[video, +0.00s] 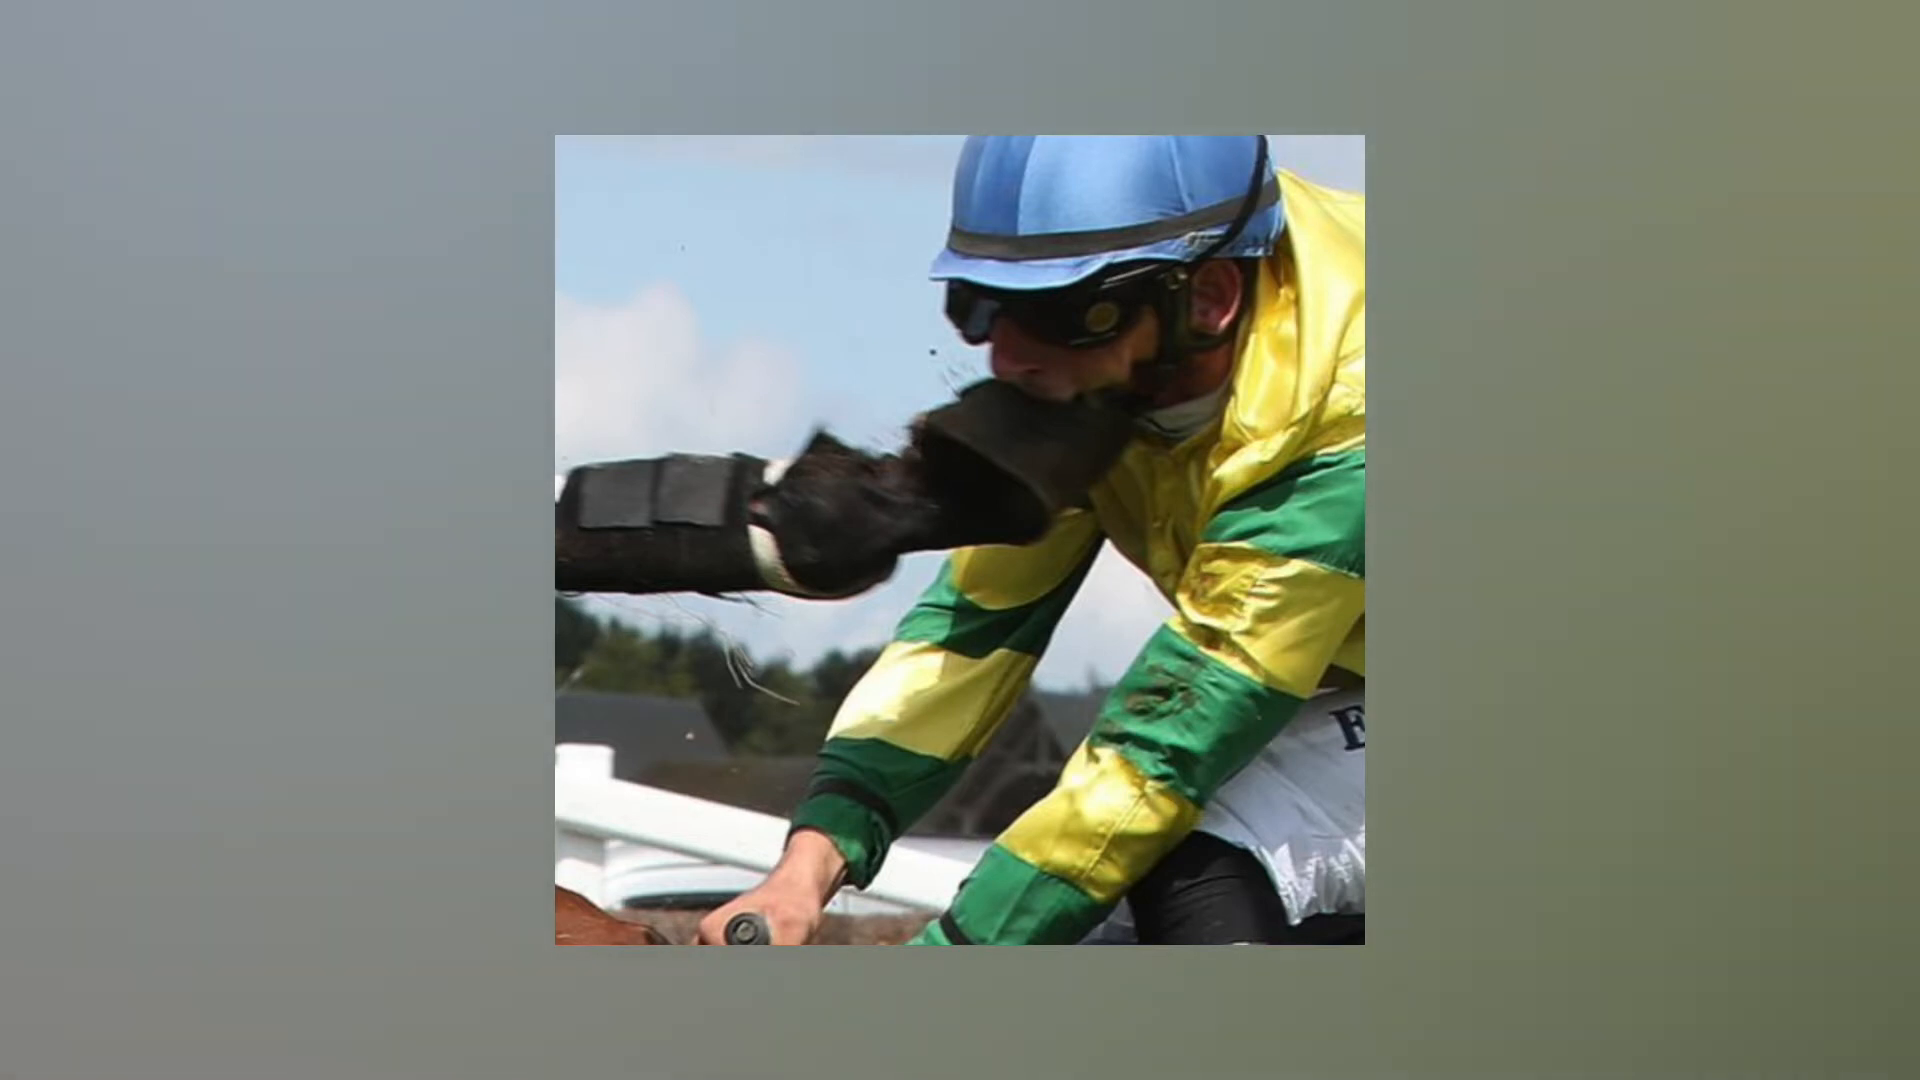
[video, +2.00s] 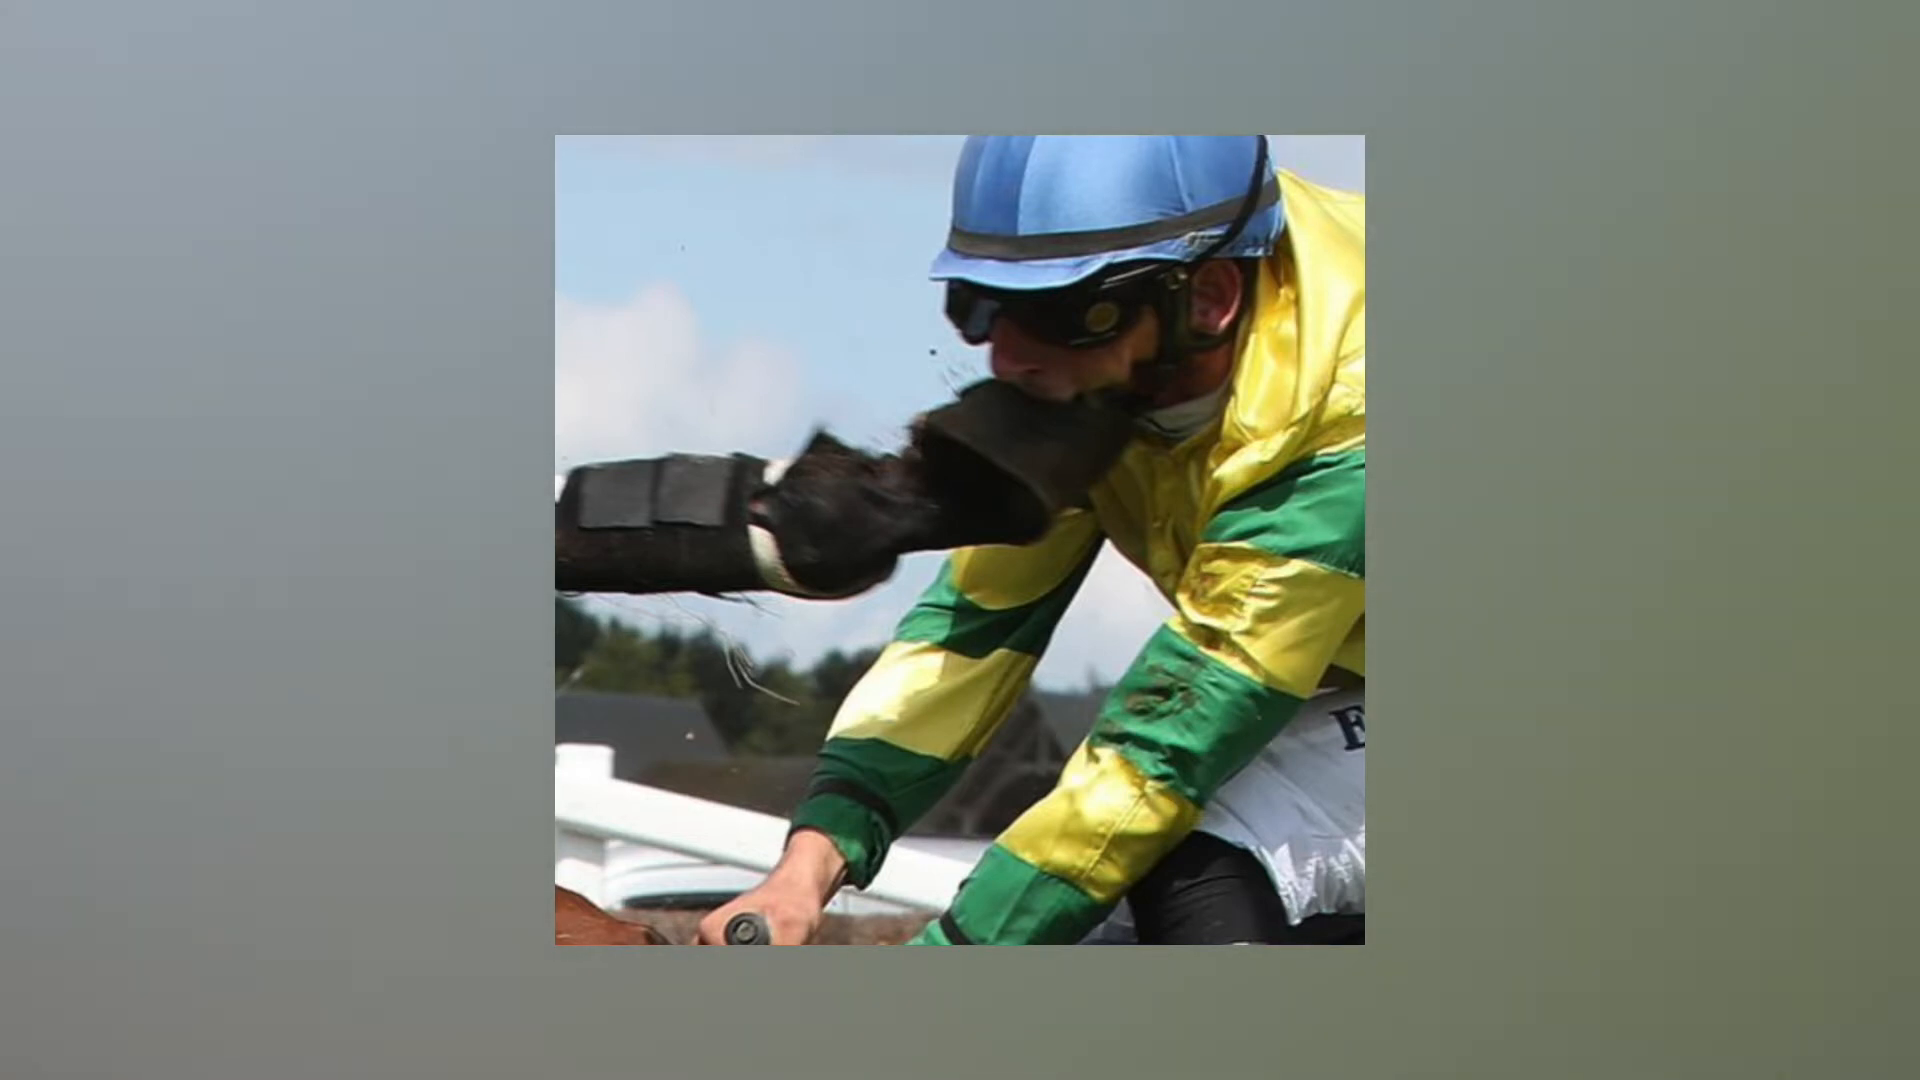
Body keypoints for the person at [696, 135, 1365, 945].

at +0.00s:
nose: (1005, 358)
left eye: (1056, 319)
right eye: (989, 310)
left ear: (1209, 298)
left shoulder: (1341, 429)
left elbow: (1161, 751)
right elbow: (969, 623)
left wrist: (934, 965)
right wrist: (805, 871)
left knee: (1204, 864)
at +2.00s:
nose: (1005, 358)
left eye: (1056, 319)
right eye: (989, 309)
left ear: (1210, 298)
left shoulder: (1341, 429)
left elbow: (1160, 752)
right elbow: (969, 623)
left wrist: (933, 965)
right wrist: (805, 871)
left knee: (1204, 865)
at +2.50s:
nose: (1005, 358)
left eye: (1056, 319)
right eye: (989, 309)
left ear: (1210, 298)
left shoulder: (1342, 429)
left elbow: (1160, 752)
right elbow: (969, 623)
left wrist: (933, 965)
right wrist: (805, 871)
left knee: (1204, 864)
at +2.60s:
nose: (1005, 359)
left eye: (1057, 319)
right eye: (989, 310)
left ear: (1210, 298)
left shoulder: (1342, 429)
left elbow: (1160, 751)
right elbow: (969, 623)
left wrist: (932, 967)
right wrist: (805, 871)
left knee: (1205, 865)